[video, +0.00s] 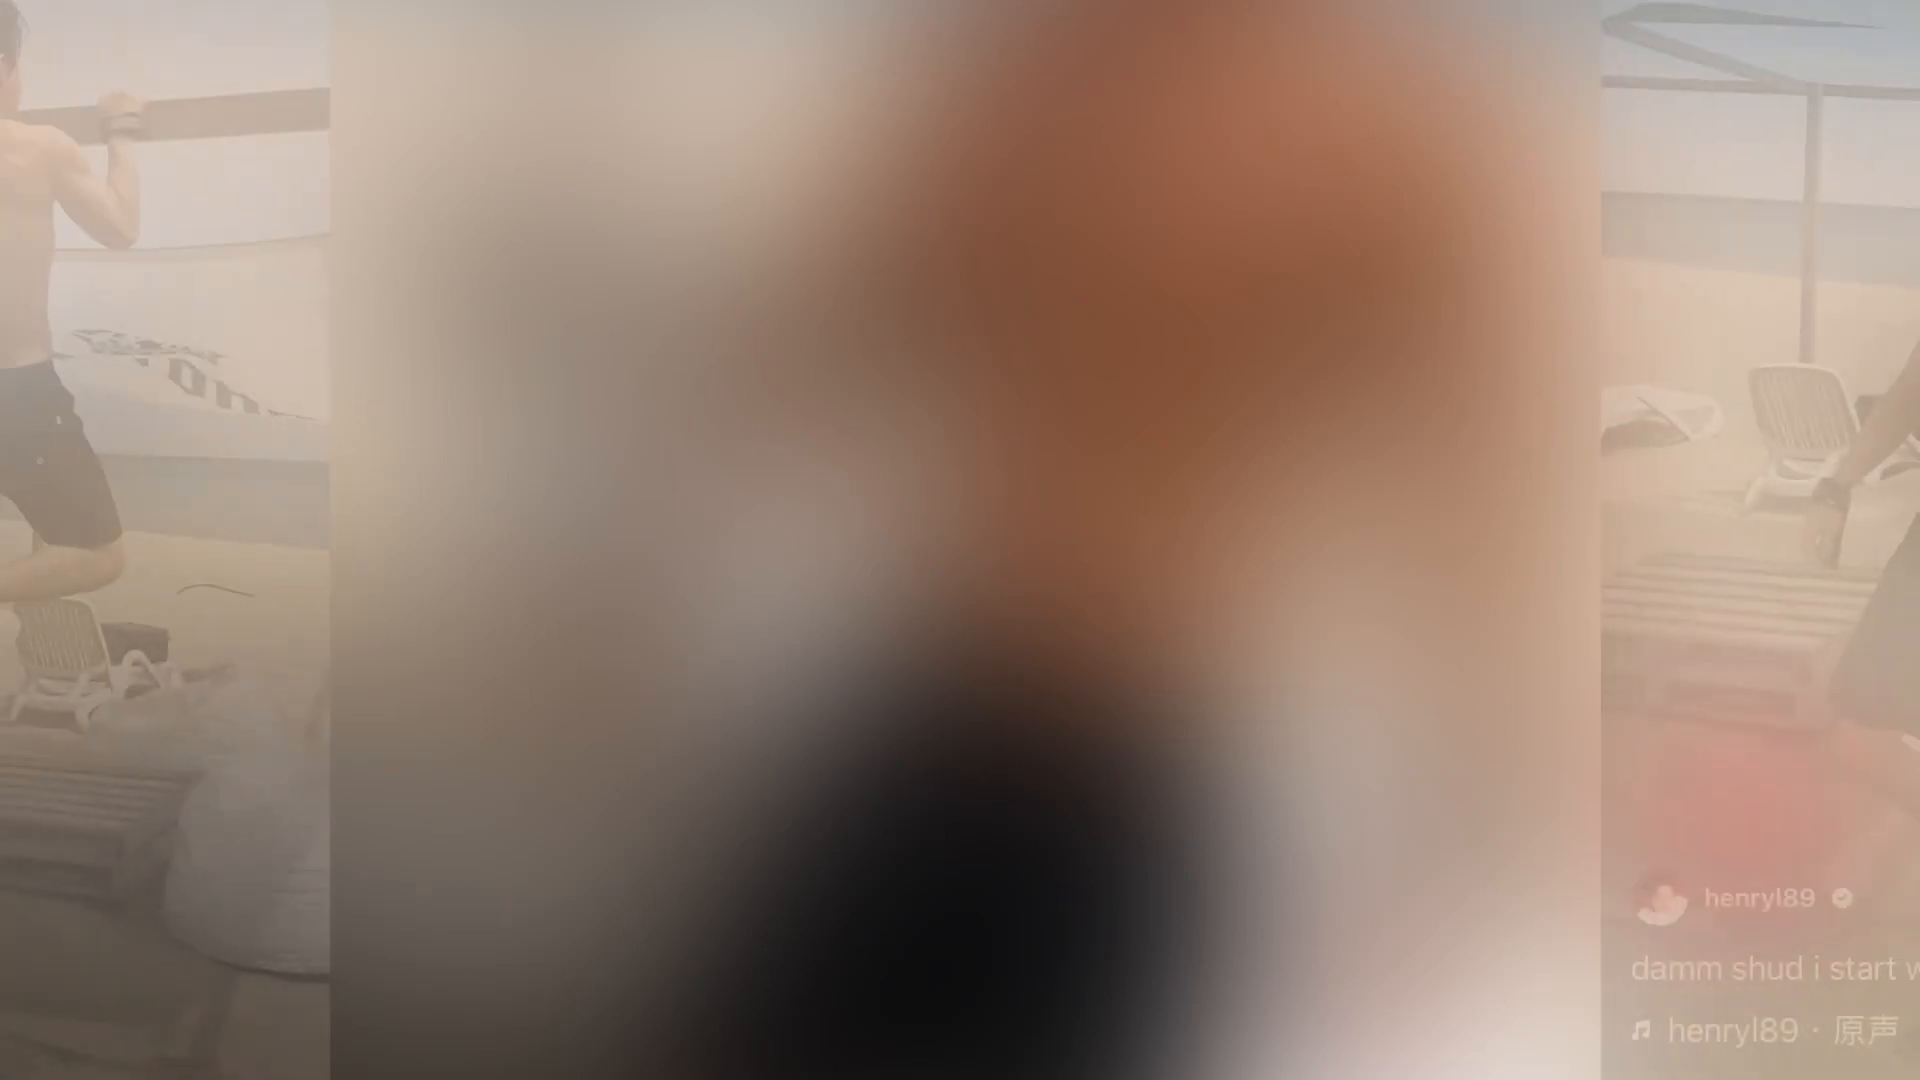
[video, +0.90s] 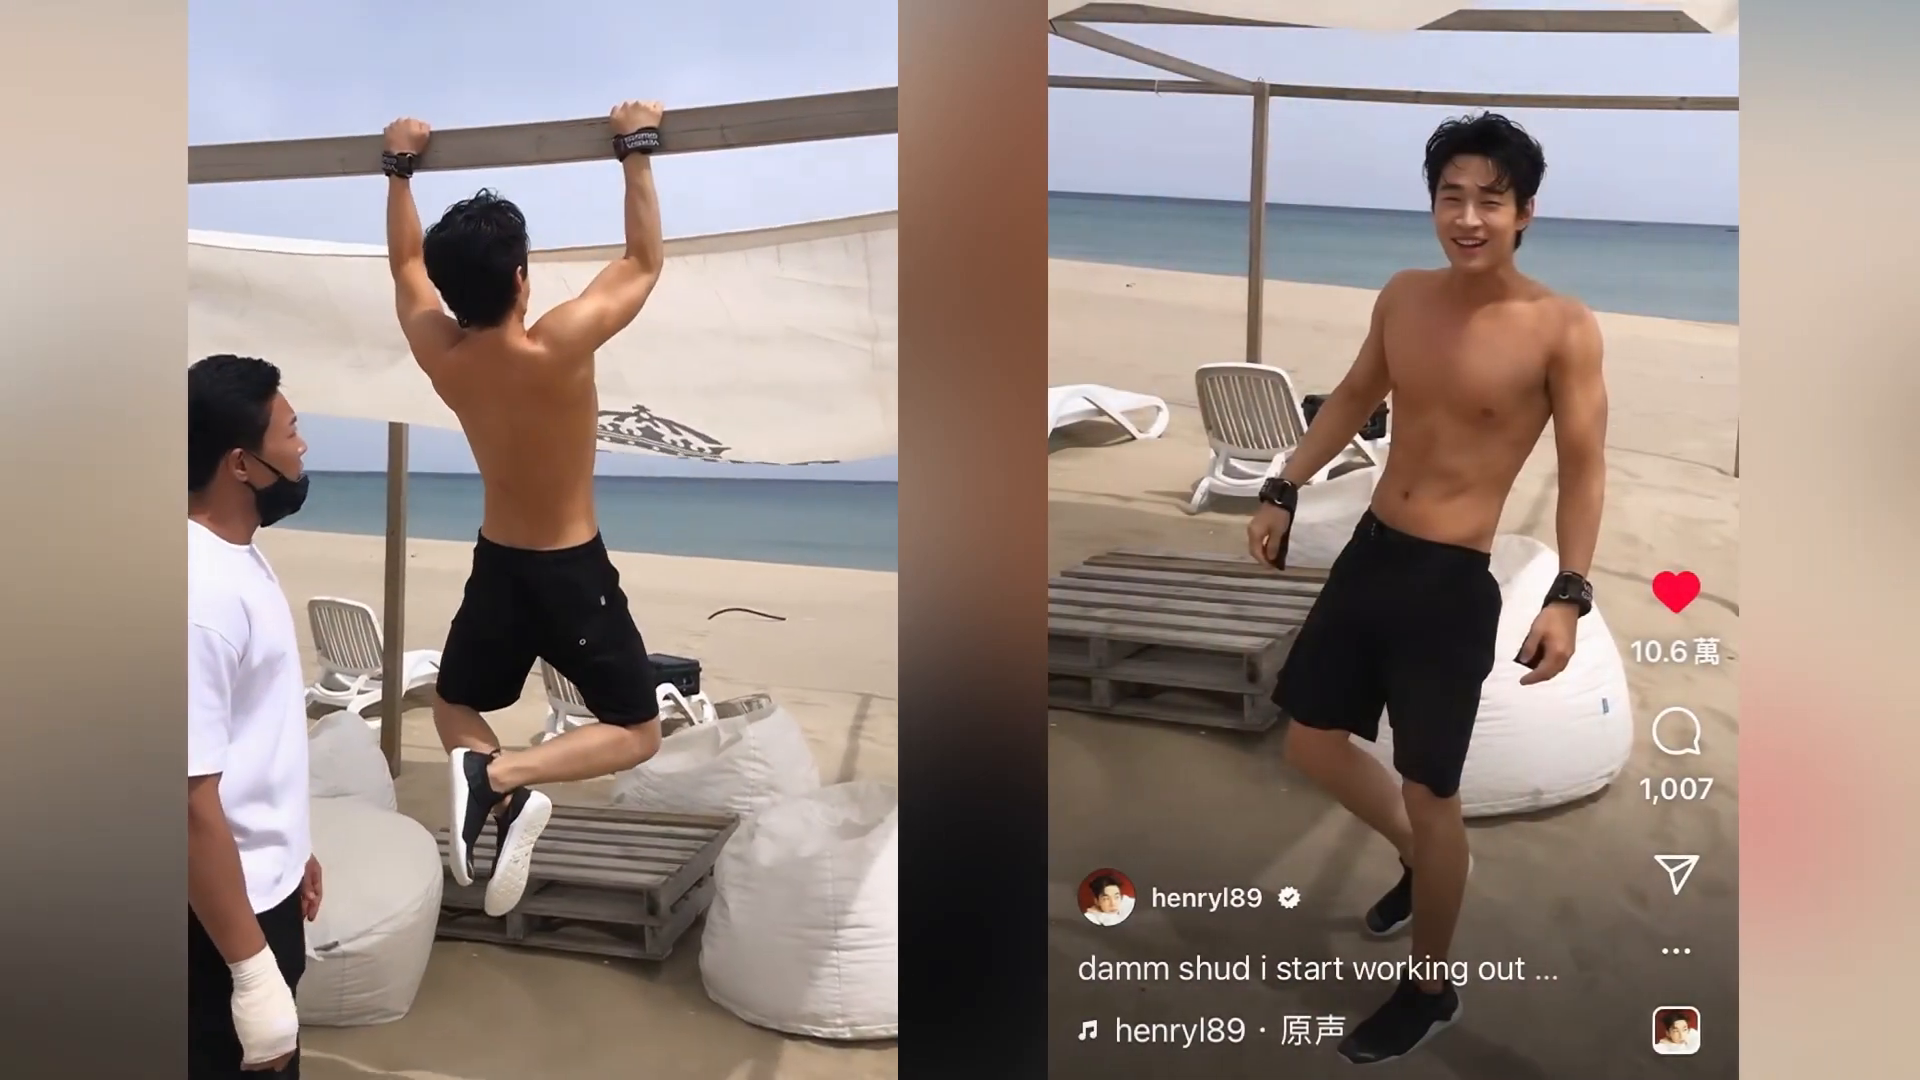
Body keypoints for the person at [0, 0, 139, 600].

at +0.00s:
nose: (18, 80)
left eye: (14, 65)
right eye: (15, 65)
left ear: (9, 68)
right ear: (7, 68)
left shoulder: (37, 148)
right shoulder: (37, 147)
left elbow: (118, 228)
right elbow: (120, 229)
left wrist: (120, 138)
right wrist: (123, 136)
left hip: (18, 379)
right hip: (17, 381)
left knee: (53, 549)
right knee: (98, 556)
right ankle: (0, 587)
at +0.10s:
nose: (110, 66)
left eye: (107, 51)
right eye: (103, 52)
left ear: (28, 63)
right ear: (77, 60)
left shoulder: (5, 139)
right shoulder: (129, 142)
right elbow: (205, 226)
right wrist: (208, 132)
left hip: (29, 392)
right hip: (112, 393)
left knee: (7, 536)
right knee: (186, 550)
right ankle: (49, 583)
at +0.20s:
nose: (205, 75)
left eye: (200, 59)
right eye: (196, 60)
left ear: (137, 75)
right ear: (166, 70)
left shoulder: (88, 162)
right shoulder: (222, 154)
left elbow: (62, 239)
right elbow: (299, 230)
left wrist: (74, 142)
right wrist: (299, 133)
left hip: (126, 403)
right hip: (207, 404)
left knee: (77, 558)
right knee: (279, 565)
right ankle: (142, 592)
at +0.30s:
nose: (287, 98)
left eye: (280, 83)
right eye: (277, 85)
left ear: (220, 102)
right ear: (248, 97)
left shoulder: (173, 186)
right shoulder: (304, 178)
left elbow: (146, 244)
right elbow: (389, 233)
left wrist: (152, 151)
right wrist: (384, 135)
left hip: (215, 425)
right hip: (295, 427)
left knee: (172, 575)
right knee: (359, 584)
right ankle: (222, 608)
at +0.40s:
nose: (359, 126)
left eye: (353, 111)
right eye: (348, 114)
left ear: (279, 136)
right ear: (317, 129)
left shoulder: (246, 216)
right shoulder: (375, 206)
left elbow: (218, 246)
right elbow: (467, 235)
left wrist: (223, 152)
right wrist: (456, 139)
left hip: (294, 449)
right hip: (373, 450)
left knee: (259, 591)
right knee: (433, 607)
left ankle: (299, 680)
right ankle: (297, 632)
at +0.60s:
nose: (454, 193)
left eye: (449, 180)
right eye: (449, 181)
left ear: (373, 204)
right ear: (431, 199)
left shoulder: (358, 282)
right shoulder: (484, 267)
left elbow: (332, 238)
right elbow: (572, 240)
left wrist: (328, 152)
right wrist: (564, 137)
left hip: (411, 503)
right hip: (487, 504)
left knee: (374, 635)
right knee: (551, 656)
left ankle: (421, 722)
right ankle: (413, 690)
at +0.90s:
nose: (532, 262)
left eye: (520, 255)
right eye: (526, 255)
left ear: (452, 286)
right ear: (519, 275)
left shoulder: (445, 356)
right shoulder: (565, 337)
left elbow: (410, 267)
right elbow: (641, 262)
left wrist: (397, 167)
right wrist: (635, 151)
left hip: (498, 571)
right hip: (576, 573)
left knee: (452, 703)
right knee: (635, 732)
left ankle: (512, 801)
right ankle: (495, 774)